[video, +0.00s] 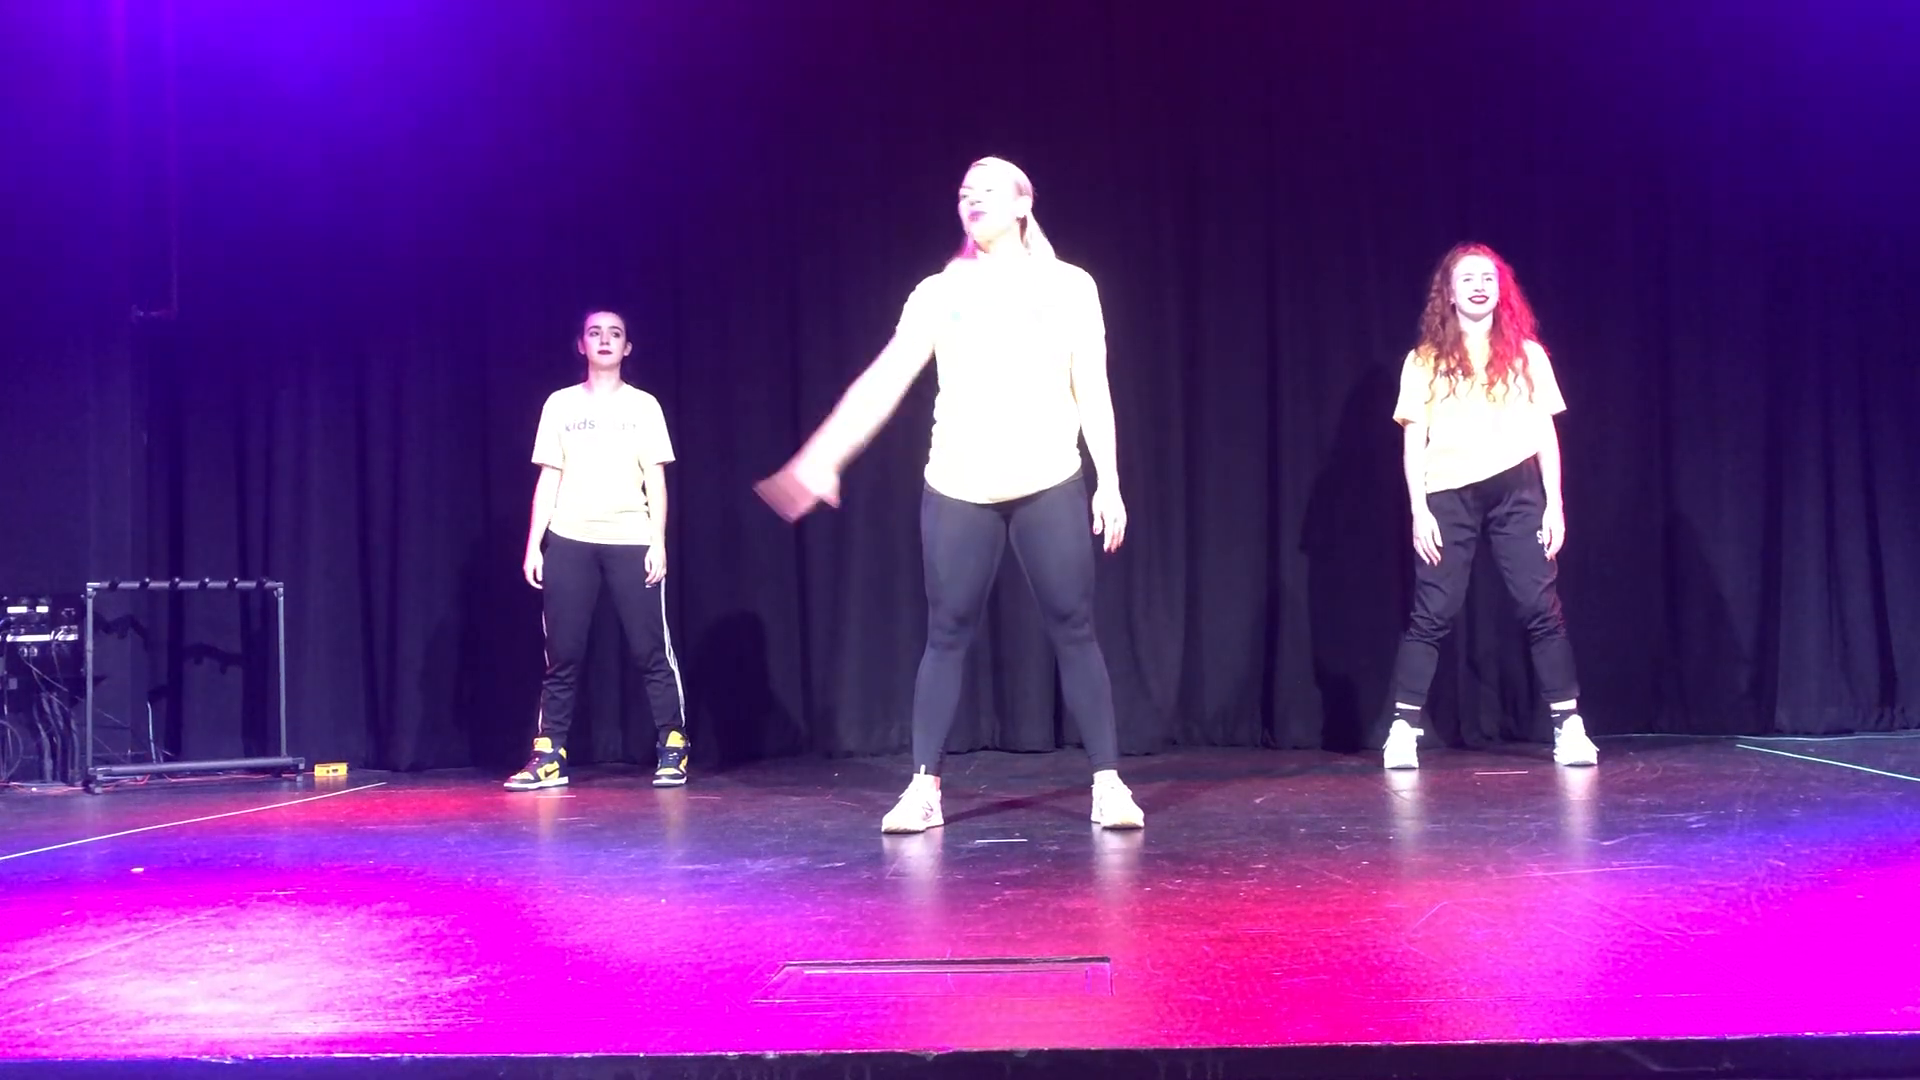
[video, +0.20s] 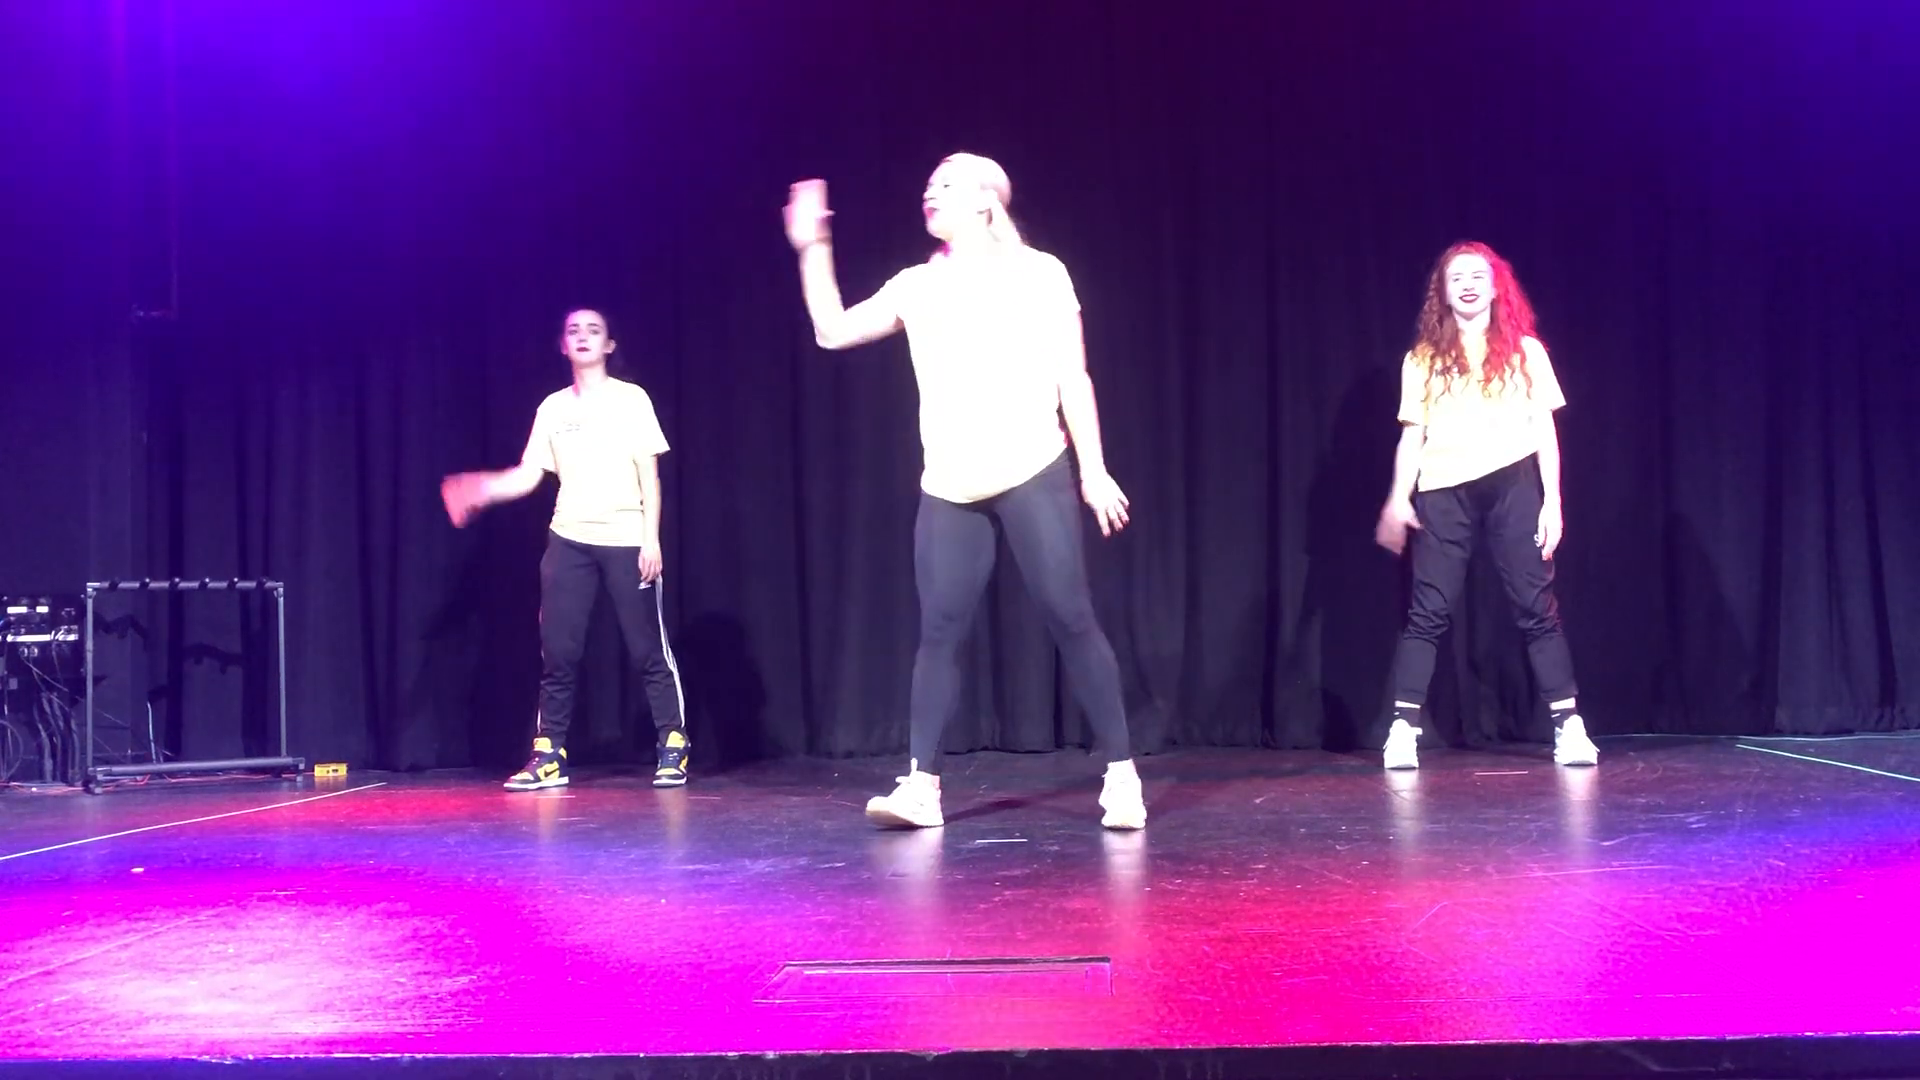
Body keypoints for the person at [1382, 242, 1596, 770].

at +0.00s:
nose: (1478, 287)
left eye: (1487, 279)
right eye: (1468, 279)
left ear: (1501, 289)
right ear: (1448, 289)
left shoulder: (1527, 353)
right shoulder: (1425, 359)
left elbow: (1546, 434)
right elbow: (1414, 442)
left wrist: (1554, 505)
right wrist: (1419, 510)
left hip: (1518, 493)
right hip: (1448, 498)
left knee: (1541, 608)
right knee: (1433, 611)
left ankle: (1568, 726)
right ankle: (1404, 728)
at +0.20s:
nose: (1468, 285)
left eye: (1478, 276)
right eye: (1458, 277)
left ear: (1497, 286)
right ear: (1442, 289)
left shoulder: (1526, 350)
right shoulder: (1423, 357)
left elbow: (1545, 430)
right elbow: (1412, 435)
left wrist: (1552, 500)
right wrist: (1399, 498)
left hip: (1514, 488)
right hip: (1442, 492)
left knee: (1535, 606)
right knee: (1429, 609)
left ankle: (1567, 724)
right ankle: (1405, 728)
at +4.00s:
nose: (1541, 285)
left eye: (1540, 276)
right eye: (1525, 276)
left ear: (1542, 289)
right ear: (1494, 288)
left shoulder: (1539, 357)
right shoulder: (1471, 351)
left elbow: (1601, 387)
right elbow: (1445, 426)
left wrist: (1599, 321)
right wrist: (1436, 498)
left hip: (1510, 502)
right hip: (1459, 499)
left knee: (1534, 611)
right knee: (1423, 613)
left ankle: (1557, 727)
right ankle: (1361, 722)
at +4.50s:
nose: (1631, 339)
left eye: (1630, 330)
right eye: (1621, 331)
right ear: (1589, 338)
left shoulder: (1599, 394)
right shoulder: (1559, 386)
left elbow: (1627, 455)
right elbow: (1502, 447)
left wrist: (1634, 387)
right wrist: (1487, 526)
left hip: (1512, 513)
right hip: (1460, 502)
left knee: (1542, 613)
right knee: (1443, 618)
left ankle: (1555, 731)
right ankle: (1355, 718)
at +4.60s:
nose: (1622, 342)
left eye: (1622, 332)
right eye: (1609, 334)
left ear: (1625, 339)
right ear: (1579, 346)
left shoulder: (1601, 398)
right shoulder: (1539, 394)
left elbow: (1629, 459)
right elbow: (1486, 461)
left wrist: (1629, 391)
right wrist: (1467, 534)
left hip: (1515, 519)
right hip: (1460, 510)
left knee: (1554, 608)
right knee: (1445, 623)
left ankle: (1556, 732)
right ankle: (1362, 723)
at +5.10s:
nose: (1384, 346)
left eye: (1395, 336)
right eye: (1380, 338)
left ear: (1426, 340)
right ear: (1375, 346)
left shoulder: (1461, 378)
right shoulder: (1383, 404)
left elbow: (1448, 437)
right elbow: (1334, 456)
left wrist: (1405, 376)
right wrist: (1358, 391)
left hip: (1494, 517)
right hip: (1432, 530)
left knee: (1508, 627)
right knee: (1404, 621)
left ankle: (1603, 713)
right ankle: (1387, 732)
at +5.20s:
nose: (1357, 369)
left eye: (1367, 359)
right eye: (1354, 361)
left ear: (1398, 363)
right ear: (1352, 368)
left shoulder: (1436, 398)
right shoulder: (1368, 420)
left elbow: (1418, 458)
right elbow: (1324, 479)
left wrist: (1377, 399)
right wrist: (1341, 414)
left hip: (1485, 527)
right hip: (1429, 540)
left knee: (1491, 643)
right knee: (1393, 624)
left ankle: (1603, 712)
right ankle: (1385, 736)